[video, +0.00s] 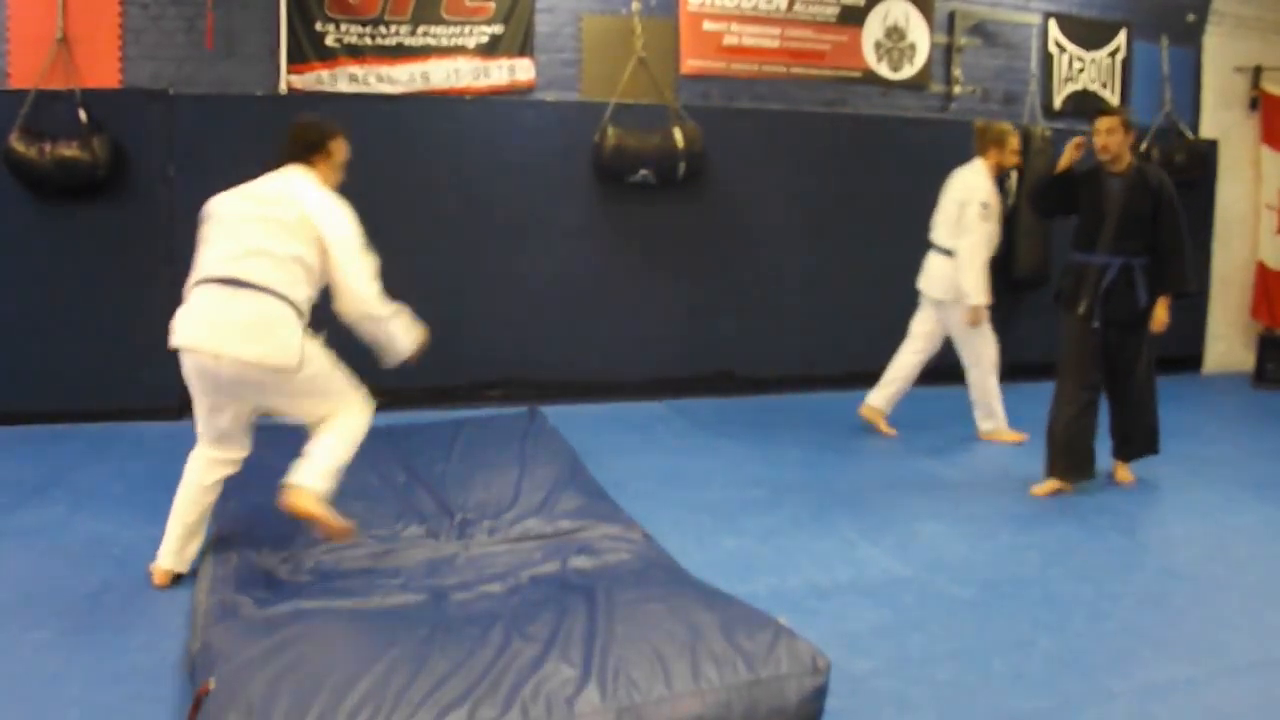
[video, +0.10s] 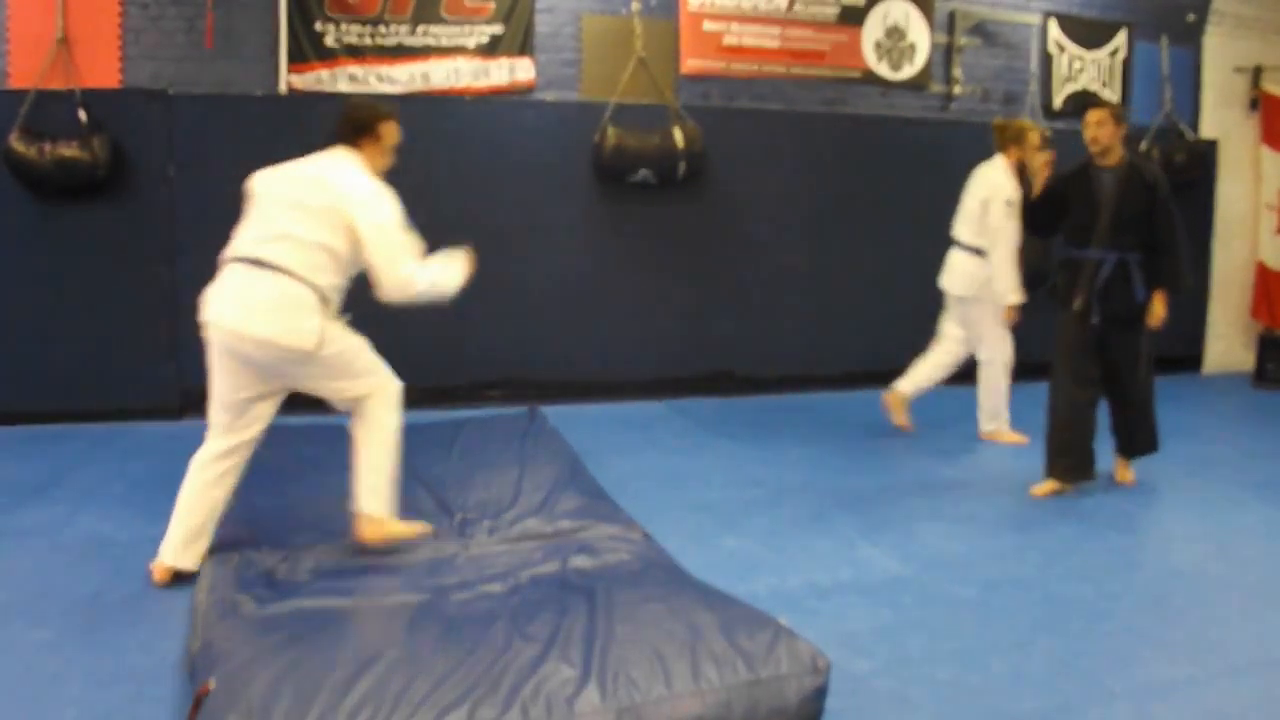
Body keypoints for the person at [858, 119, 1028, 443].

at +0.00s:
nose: (1018, 158)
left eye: (1018, 152)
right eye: (1013, 152)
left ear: (990, 151)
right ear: (994, 151)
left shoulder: (962, 174)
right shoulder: (982, 187)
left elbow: (946, 227)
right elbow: (973, 245)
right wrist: (976, 297)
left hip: (936, 266)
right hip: (958, 274)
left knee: (918, 344)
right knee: (982, 352)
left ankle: (877, 404)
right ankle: (991, 424)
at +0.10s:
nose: (1037, 154)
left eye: (1038, 147)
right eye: (1033, 147)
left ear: (1008, 147)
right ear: (1015, 148)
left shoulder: (986, 170)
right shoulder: (1005, 184)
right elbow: (1003, 243)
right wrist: (1011, 294)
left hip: (959, 264)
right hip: (979, 272)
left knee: (953, 343)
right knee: (997, 349)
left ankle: (901, 391)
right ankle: (994, 425)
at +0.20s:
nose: (1054, 149)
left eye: (1054, 142)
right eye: (1049, 143)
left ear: (1025, 144)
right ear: (1029, 144)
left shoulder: (1000, 168)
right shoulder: (1021, 178)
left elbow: (984, 223)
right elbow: (1027, 234)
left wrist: (969, 266)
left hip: (980, 263)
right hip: (1000, 271)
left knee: (988, 343)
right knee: (1008, 349)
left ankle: (941, 393)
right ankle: (996, 425)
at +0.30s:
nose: (1065, 146)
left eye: (1066, 139)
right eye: (1061, 139)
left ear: (1039, 140)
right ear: (1041, 139)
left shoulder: (1017, 165)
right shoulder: (1032, 172)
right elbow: (1031, 222)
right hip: (1016, 268)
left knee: (1034, 340)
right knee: (1015, 345)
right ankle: (996, 423)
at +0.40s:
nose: (1073, 142)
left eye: (1072, 135)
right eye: (1069, 136)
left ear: (1048, 136)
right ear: (1057, 137)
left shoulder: (1034, 166)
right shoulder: (1041, 171)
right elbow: (1020, 227)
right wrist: (1058, 249)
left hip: (1030, 263)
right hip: (1027, 267)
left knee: (1021, 344)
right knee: (1024, 345)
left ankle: (996, 420)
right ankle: (996, 423)